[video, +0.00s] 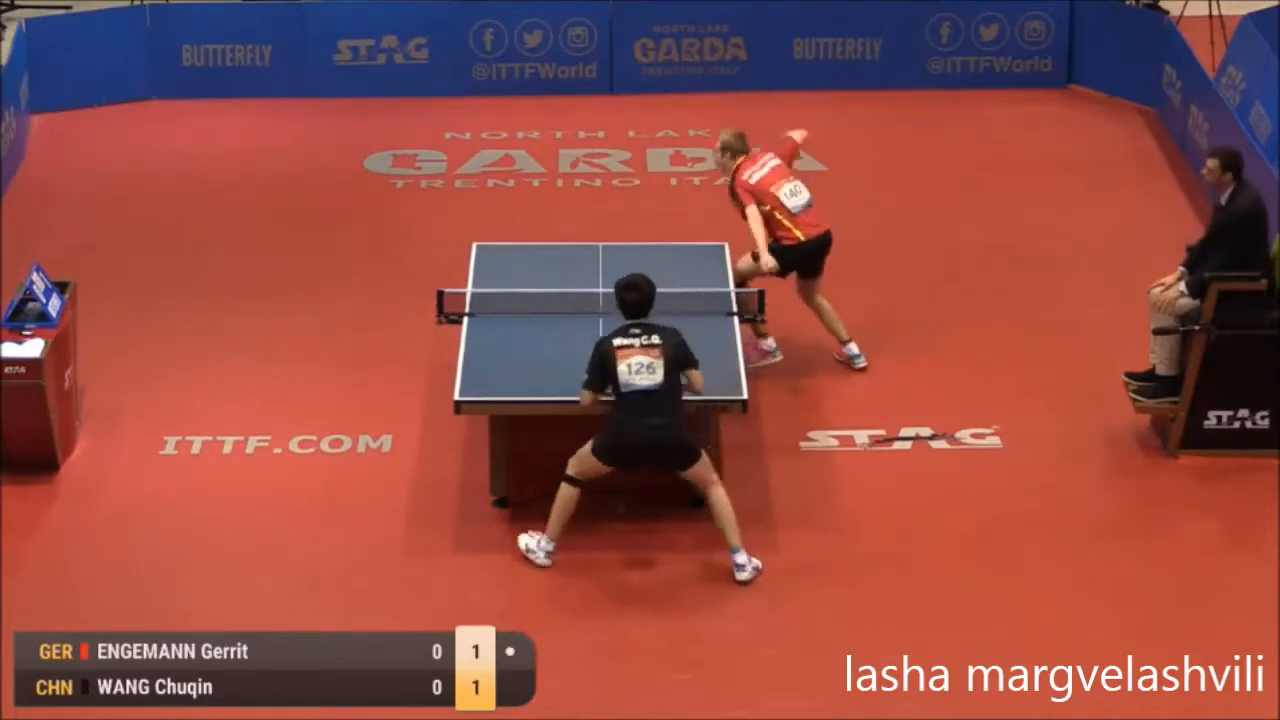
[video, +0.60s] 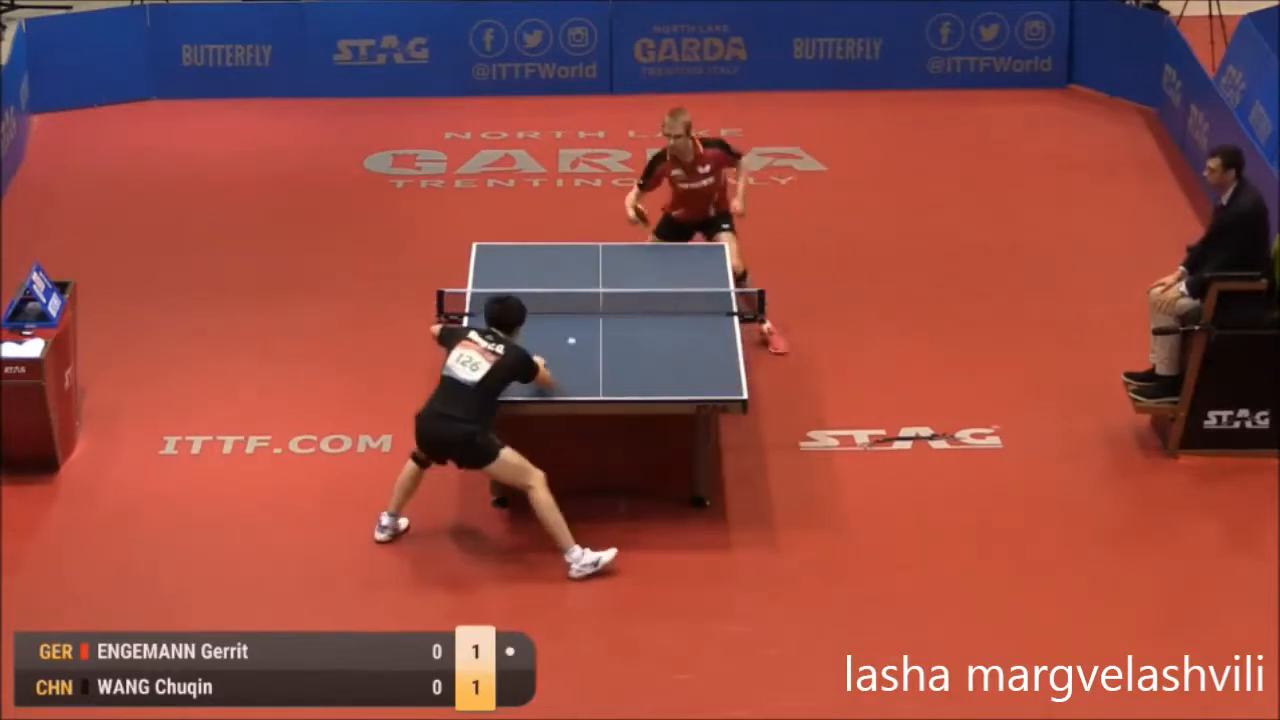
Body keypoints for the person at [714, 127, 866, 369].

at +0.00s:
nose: (717, 160)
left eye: (718, 155)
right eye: (717, 155)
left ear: (728, 155)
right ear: (745, 150)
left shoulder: (740, 181)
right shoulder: (773, 156)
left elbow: (753, 213)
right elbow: (800, 135)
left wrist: (763, 253)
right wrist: (793, 136)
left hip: (791, 246)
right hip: (821, 237)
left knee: (737, 274)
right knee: (809, 293)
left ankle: (765, 344)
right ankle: (851, 349)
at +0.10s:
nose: (692, 194)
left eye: (692, 188)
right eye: (689, 189)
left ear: (707, 181)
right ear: (709, 177)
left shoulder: (730, 194)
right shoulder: (734, 165)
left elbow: (767, 213)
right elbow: (737, 149)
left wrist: (788, 251)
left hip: (789, 244)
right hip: (810, 234)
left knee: (739, 284)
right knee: (791, 297)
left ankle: (761, 357)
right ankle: (842, 342)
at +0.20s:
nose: (688, 196)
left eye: (690, 189)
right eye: (684, 191)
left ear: (703, 179)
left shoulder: (729, 190)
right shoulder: (718, 170)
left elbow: (775, 197)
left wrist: (805, 228)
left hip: (780, 237)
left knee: (737, 289)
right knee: (766, 298)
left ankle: (762, 358)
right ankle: (822, 322)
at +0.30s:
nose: (683, 173)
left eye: (686, 167)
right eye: (679, 168)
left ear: (700, 161)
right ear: (676, 165)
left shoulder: (728, 173)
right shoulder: (695, 166)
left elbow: (777, 178)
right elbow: (683, 174)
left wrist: (807, 208)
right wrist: (676, 193)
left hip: (766, 225)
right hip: (739, 224)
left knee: (733, 286)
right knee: (710, 268)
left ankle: (761, 356)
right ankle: (762, 305)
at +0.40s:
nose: (676, 155)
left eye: (681, 149)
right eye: (674, 149)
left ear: (695, 144)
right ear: (672, 147)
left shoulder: (724, 159)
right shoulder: (685, 160)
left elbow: (770, 163)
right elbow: (672, 169)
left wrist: (789, 199)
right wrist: (665, 195)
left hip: (753, 211)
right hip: (723, 210)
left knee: (746, 274)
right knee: (688, 249)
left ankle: (758, 348)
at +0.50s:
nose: (674, 144)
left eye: (679, 137)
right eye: (670, 138)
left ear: (693, 133)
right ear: (666, 136)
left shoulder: (719, 146)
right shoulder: (670, 156)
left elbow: (754, 157)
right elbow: (653, 180)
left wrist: (760, 200)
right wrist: (645, 200)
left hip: (730, 210)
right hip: (695, 210)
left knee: (739, 265)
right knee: (666, 255)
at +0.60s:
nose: (671, 143)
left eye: (676, 137)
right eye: (667, 137)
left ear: (690, 133)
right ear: (664, 136)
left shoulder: (716, 149)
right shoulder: (662, 160)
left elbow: (741, 163)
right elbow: (639, 188)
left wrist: (739, 197)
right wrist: (631, 206)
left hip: (714, 216)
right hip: (678, 217)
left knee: (734, 266)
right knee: (649, 262)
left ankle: (764, 325)